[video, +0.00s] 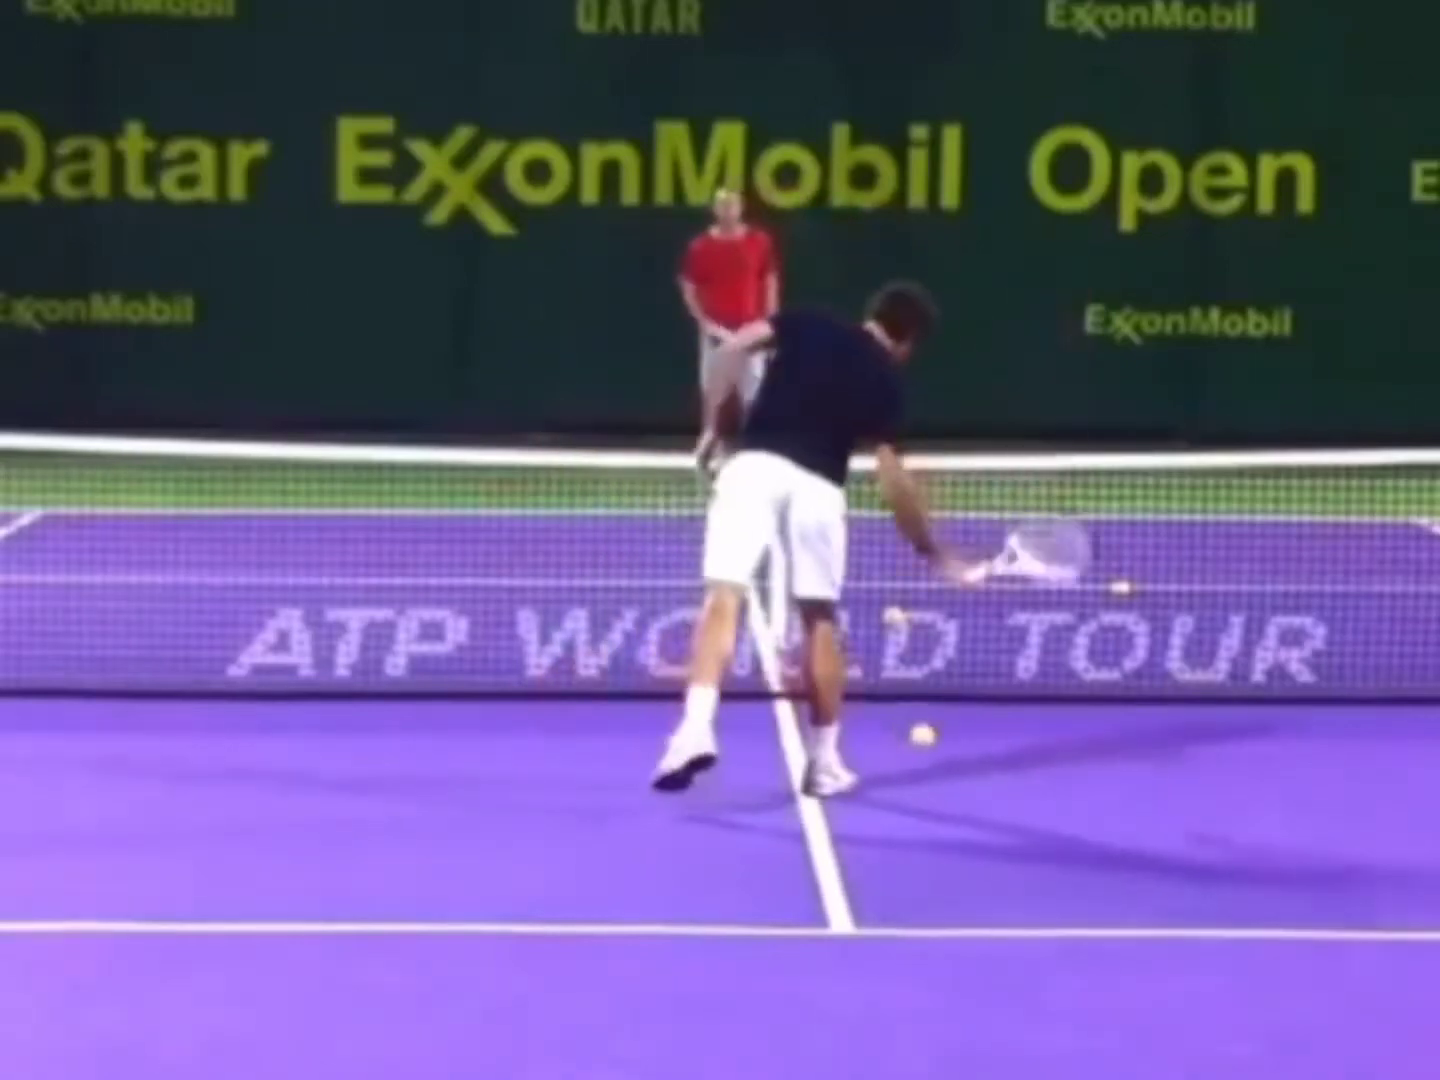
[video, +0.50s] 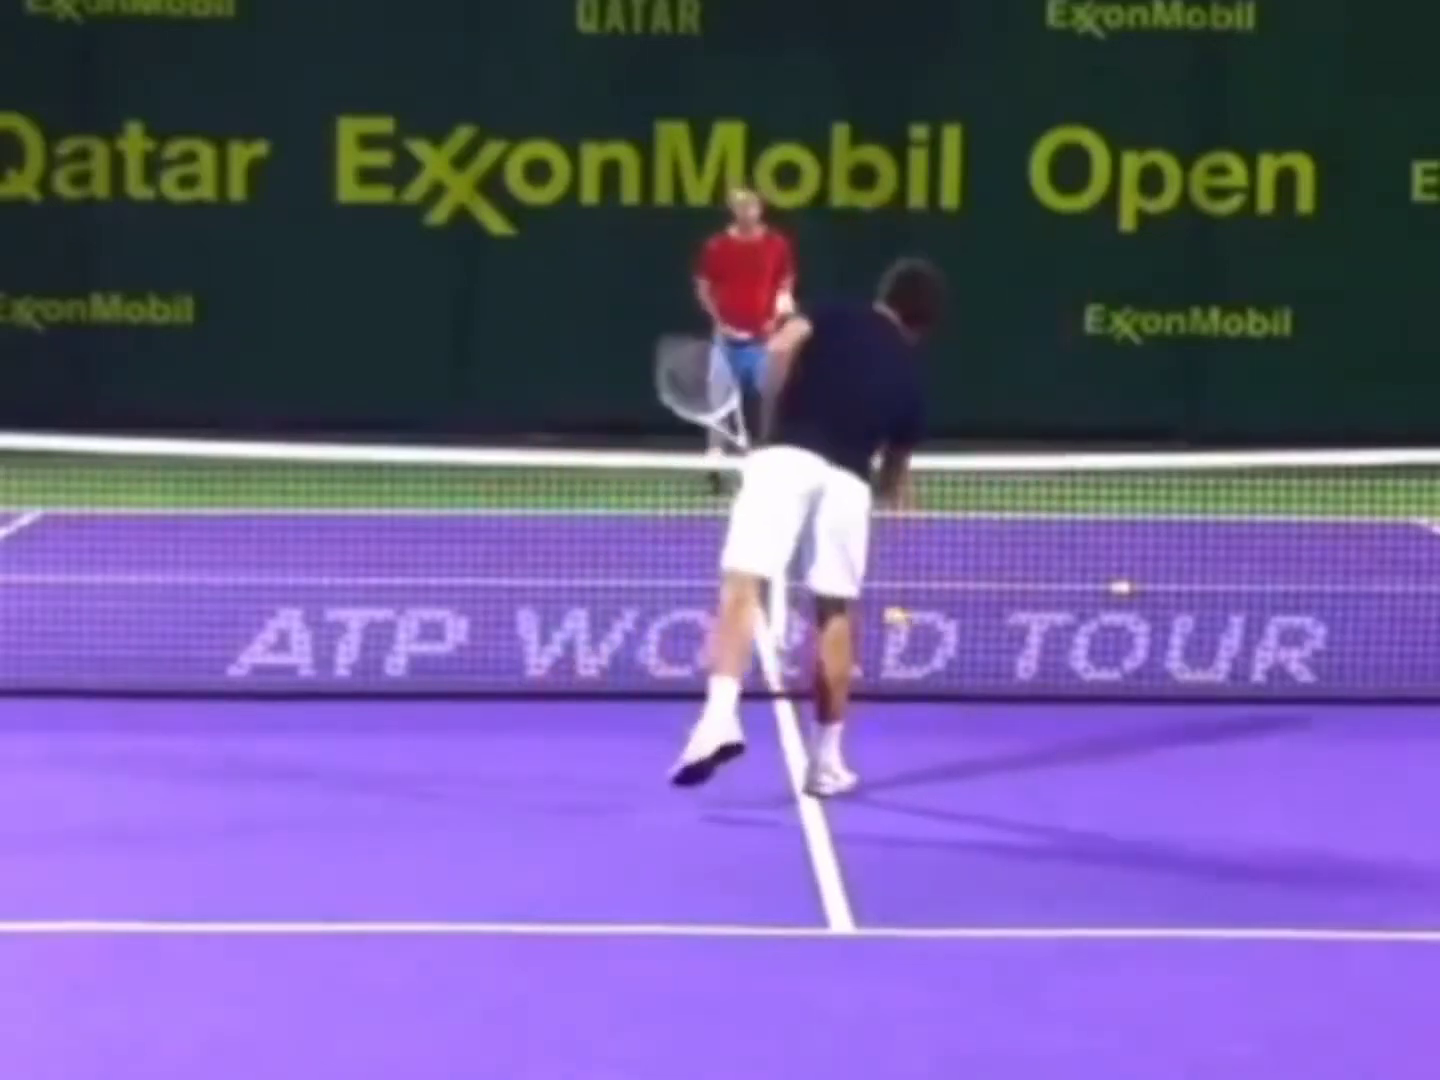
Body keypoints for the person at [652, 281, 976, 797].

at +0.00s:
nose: (910, 355)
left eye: (909, 345)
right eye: (912, 346)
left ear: (867, 314)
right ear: (906, 341)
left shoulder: (810, 324)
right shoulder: (885, 382)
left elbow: (730, 348)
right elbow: (893, 480)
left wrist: (716, 424)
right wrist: (933, 551)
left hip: (753, 469)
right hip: (817, 491)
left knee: (722, 599)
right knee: (821, 622)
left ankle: (697, 727)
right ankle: (824, 759)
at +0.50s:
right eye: (922, 319)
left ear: (880, 297)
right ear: (926, 325)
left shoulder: (837, 315)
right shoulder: (910, 377)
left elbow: (781, 347)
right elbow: (895, 468)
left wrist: (771, 427)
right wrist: (883, 492)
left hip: (784, 460)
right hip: (847, 484)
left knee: (742, 586)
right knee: (835, 616)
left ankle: (720, 713)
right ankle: (828, 757)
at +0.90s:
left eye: (835, 265)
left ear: (824, 273)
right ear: (874, 285)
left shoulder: (778, 333)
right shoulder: (887, 350)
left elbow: (738, 418)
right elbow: (911, 445)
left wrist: (753, 457)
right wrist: (873, 468)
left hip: (775, 505)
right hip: (846, 512)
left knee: (757, 637)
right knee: (843, 631)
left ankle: (781, 757)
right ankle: (832, 758)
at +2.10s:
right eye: (844, 265)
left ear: (794, 264)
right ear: (849, 271)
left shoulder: (751, 327)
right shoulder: (867, 340)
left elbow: (710, 413)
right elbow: (899, 442)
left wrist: (757, 426)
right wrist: (870, 477)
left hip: (749, 511)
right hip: (826, 516)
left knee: (720, 655)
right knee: (848, 659)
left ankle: (694, 794)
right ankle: (859, 806)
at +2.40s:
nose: (784, 274)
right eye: (786, 265)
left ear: (731, 264)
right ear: (786, 271)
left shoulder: (688, 324)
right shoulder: (787, 339)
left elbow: (623, 408)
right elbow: (816, 446)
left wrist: (669, 445)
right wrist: (873, 480)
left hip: (683, 518)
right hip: (758, 523)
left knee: (684, 664)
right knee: (794, 657)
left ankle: (680, 815)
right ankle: (826, 800)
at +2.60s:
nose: (777, 279)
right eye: (779, 270)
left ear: (722, 260)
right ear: (774, 274)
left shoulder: (666, 316)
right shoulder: (767, 341)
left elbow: (591, 389)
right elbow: (803, 441)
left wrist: (625, 446)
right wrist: (862, 487)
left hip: (657, 517)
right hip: (733, 523)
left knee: (664, 666)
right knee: (764, 662)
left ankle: (675, 815)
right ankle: (758, 810)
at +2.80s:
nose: (771, 281)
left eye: (765, 268)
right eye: (774, 272)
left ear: (714, 261)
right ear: (768, 277)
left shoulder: (659, 317)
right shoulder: (765, 348)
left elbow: (588, 389)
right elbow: (767, 446)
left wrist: (634, 424)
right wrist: (773, 453)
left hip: (646, 515)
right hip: (716, 522)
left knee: (659, 671)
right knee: (715, 672)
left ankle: (673, 813)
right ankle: (698, 812)